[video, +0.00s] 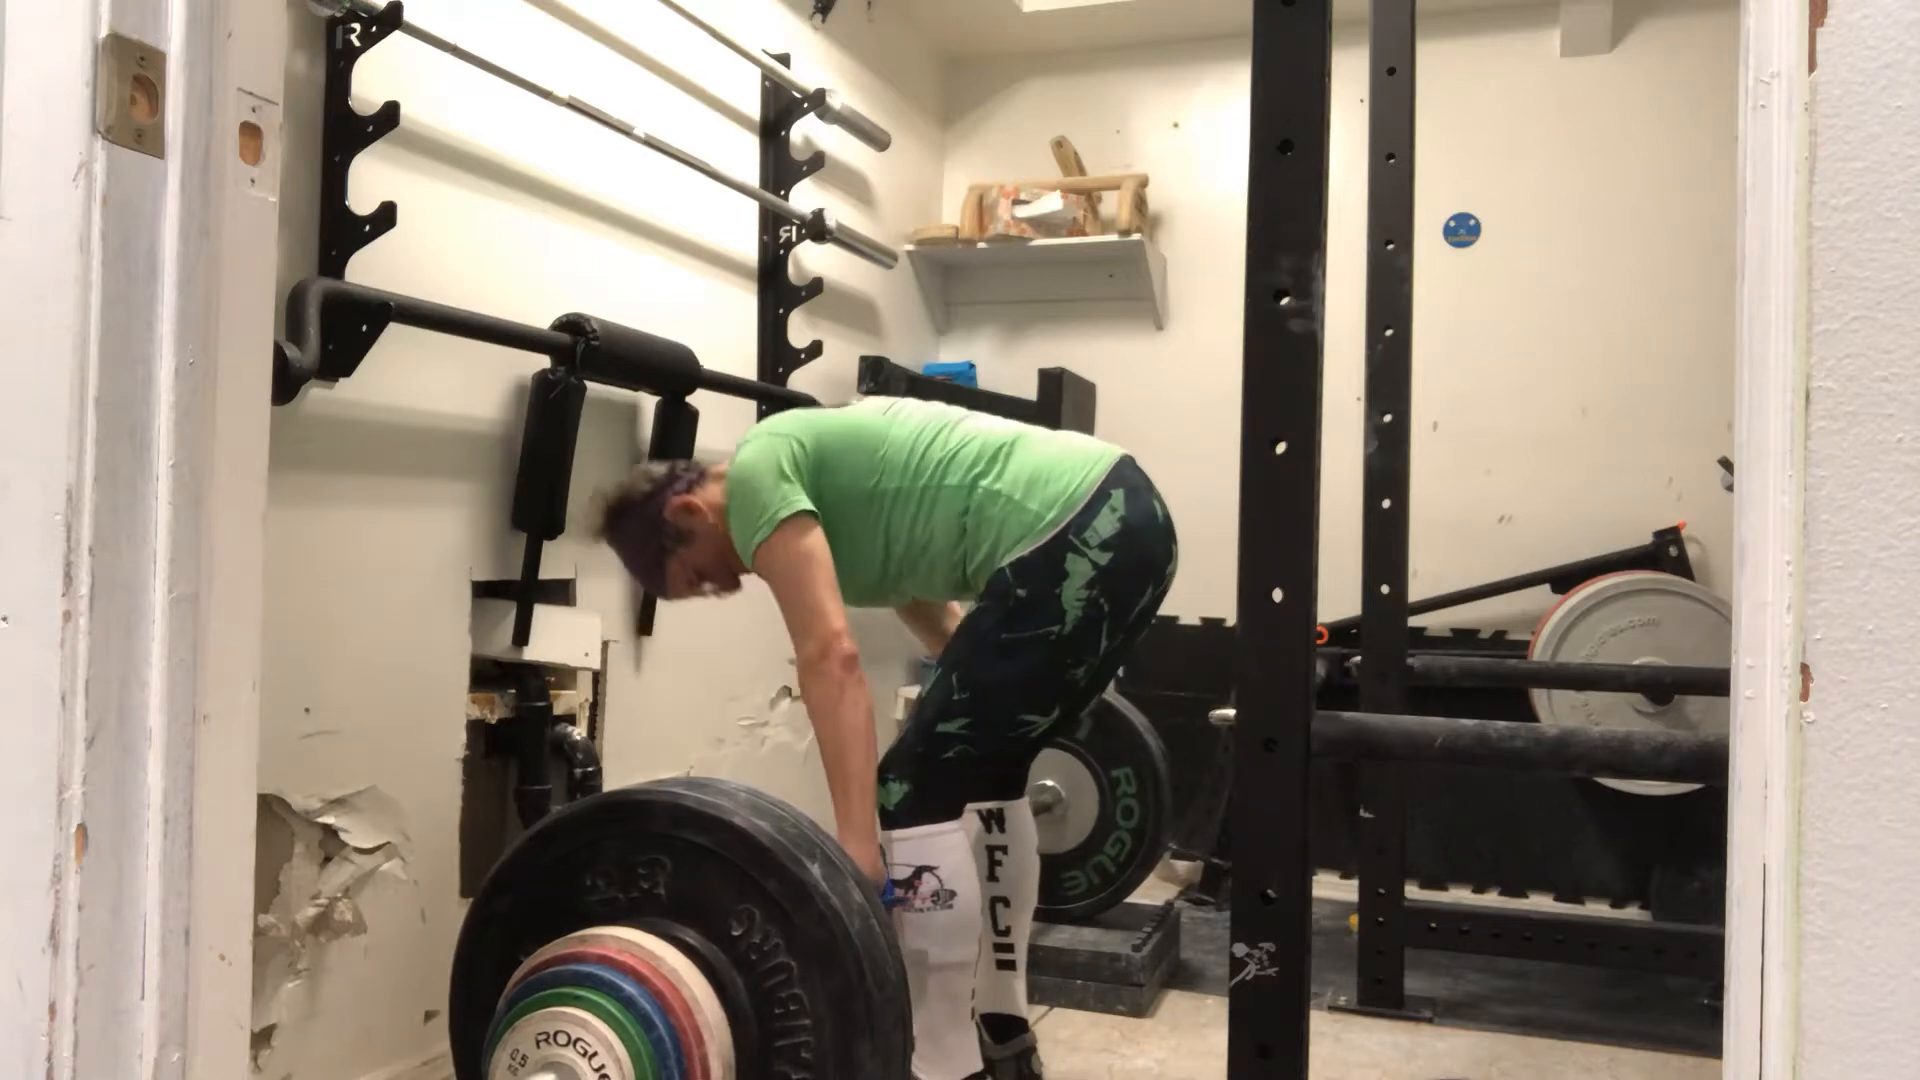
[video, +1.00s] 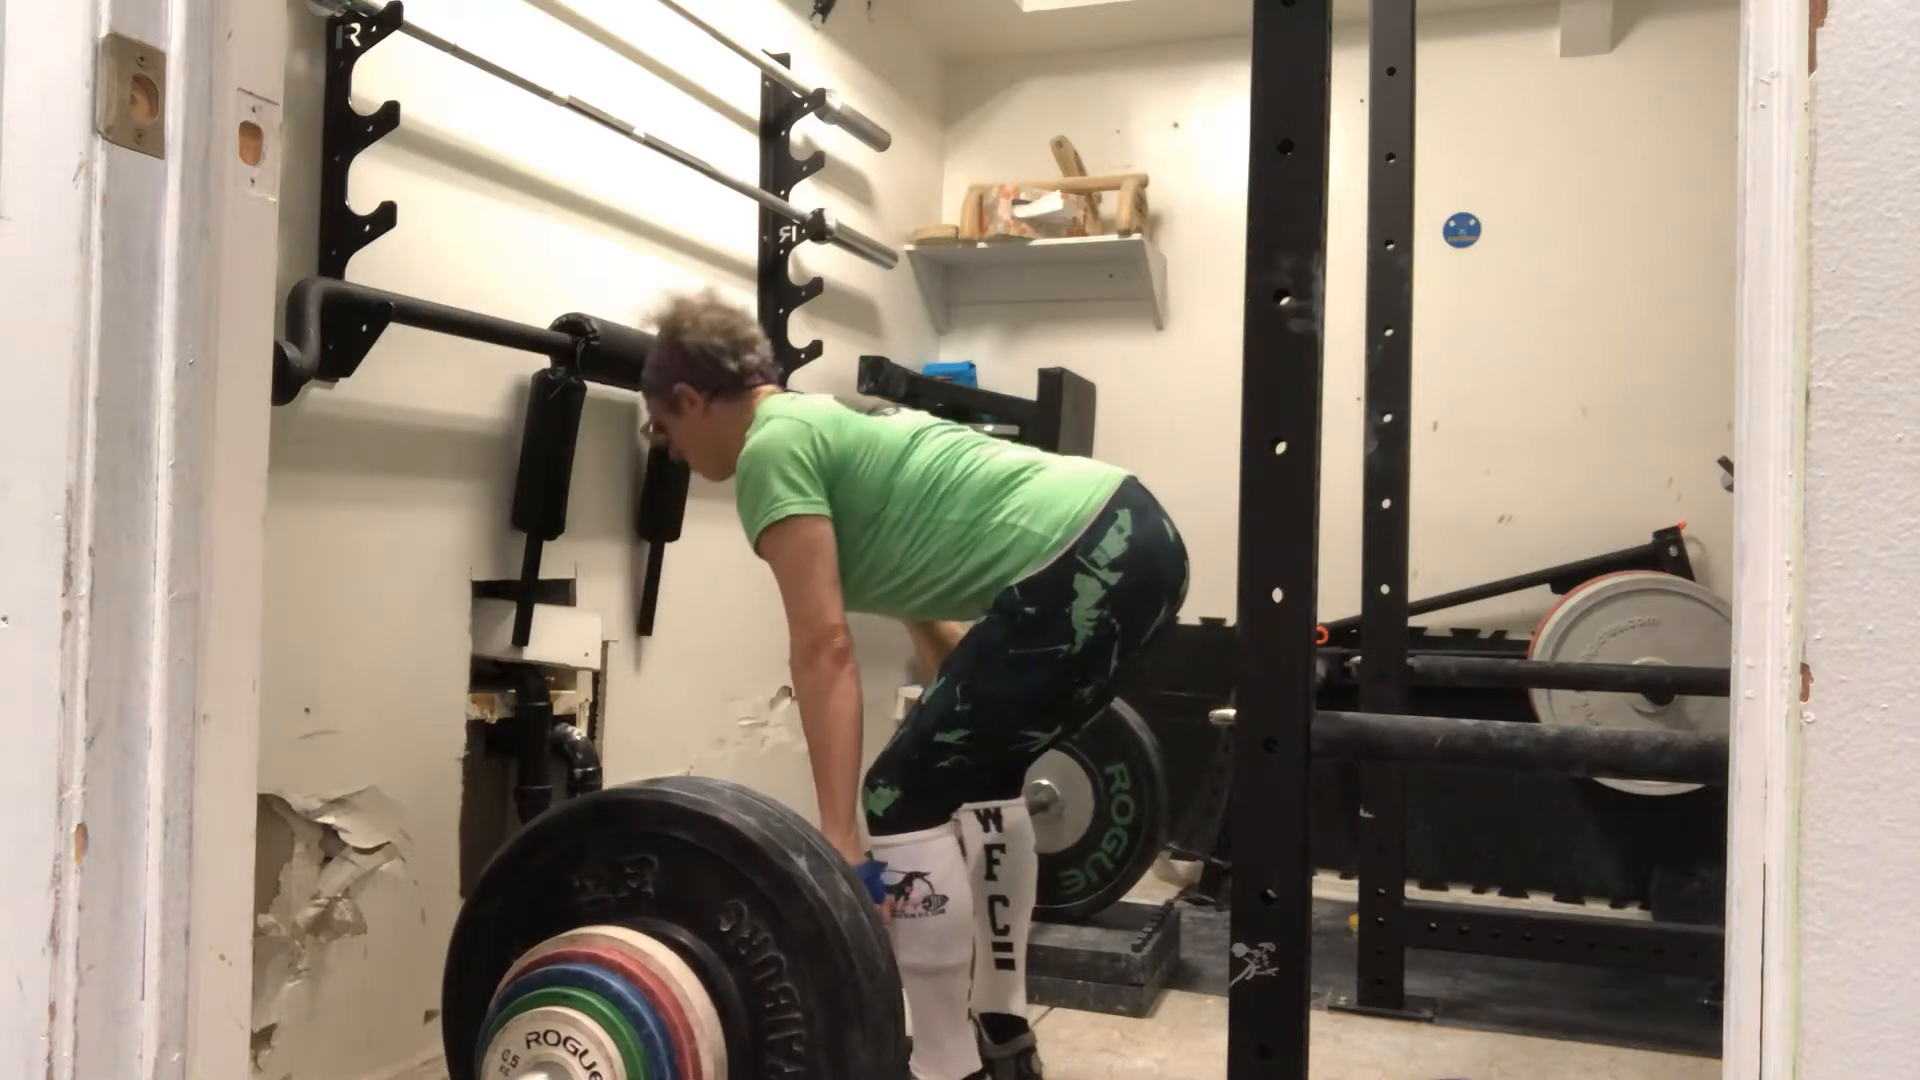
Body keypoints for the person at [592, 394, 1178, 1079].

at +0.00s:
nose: (717, 590)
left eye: (696, 576)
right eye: (698, 592)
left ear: (689, 508)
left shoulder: (756, 468)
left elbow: (829, 657)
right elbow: (946, 630)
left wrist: (858, 846)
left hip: (1074, 539)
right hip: (1112, 517)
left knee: (909, 799)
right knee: (982, 789)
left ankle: (941, 1054)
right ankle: (1000, 1037)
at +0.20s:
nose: (703, 568)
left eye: (684, 553)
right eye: (686, 571)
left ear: (680, 485)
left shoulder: (743, 471)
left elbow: (810, 654)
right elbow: (934, 632)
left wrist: (846, 839)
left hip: (1072, 544)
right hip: (1108, 517)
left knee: (913, 800)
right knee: (977, 788)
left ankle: (942, 1062)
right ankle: (997, 1036)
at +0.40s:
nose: (699, 565)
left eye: (681, 550)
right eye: (681, 567)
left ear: (675, 481)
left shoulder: (735, 477)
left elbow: (804, 655)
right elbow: (920, 614)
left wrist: (845, 839)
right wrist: (985, 705)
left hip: (1064, 543)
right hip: (1106, 514)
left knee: (910, 801)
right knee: (980, 787)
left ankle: (942, 1060)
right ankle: (999, 1036)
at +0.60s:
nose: (684, 554)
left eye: (666, 539)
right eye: (667, 556)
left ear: (666, 479)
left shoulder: (732, 476)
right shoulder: (798, 453)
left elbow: (799, 659)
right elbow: (926, 638)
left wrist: (837, 843)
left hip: (1068, 541)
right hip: (1107, 515)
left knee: (910, 793)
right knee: (976, 781)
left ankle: (942, 1058)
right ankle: (997, 1033)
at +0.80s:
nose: (669, 516)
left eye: (650, 494)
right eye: (651, 504)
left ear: (660, 448)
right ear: (712, 414)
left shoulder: (752, 463)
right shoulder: (804, 435)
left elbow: (817, 663)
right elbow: (919, 621)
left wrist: (845, 845)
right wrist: (964, 720)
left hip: (1077, 550)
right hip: (1114, 522)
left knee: (904, 802)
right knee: (973, 788)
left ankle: (942, 1052)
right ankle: (1000, 1034)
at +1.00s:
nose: (671, 451)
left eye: (663, 429)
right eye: (660, 436)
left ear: (690, 399)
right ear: (750, 379)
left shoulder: (772, 450)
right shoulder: (824, 423)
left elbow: (826, 649)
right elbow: (928, 615)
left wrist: (839, 836)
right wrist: (970, 723)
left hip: (1086, 561)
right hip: (1128, 536)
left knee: (896, 802)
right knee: (987, 784)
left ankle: (943, 1063)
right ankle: (1002, 1031)